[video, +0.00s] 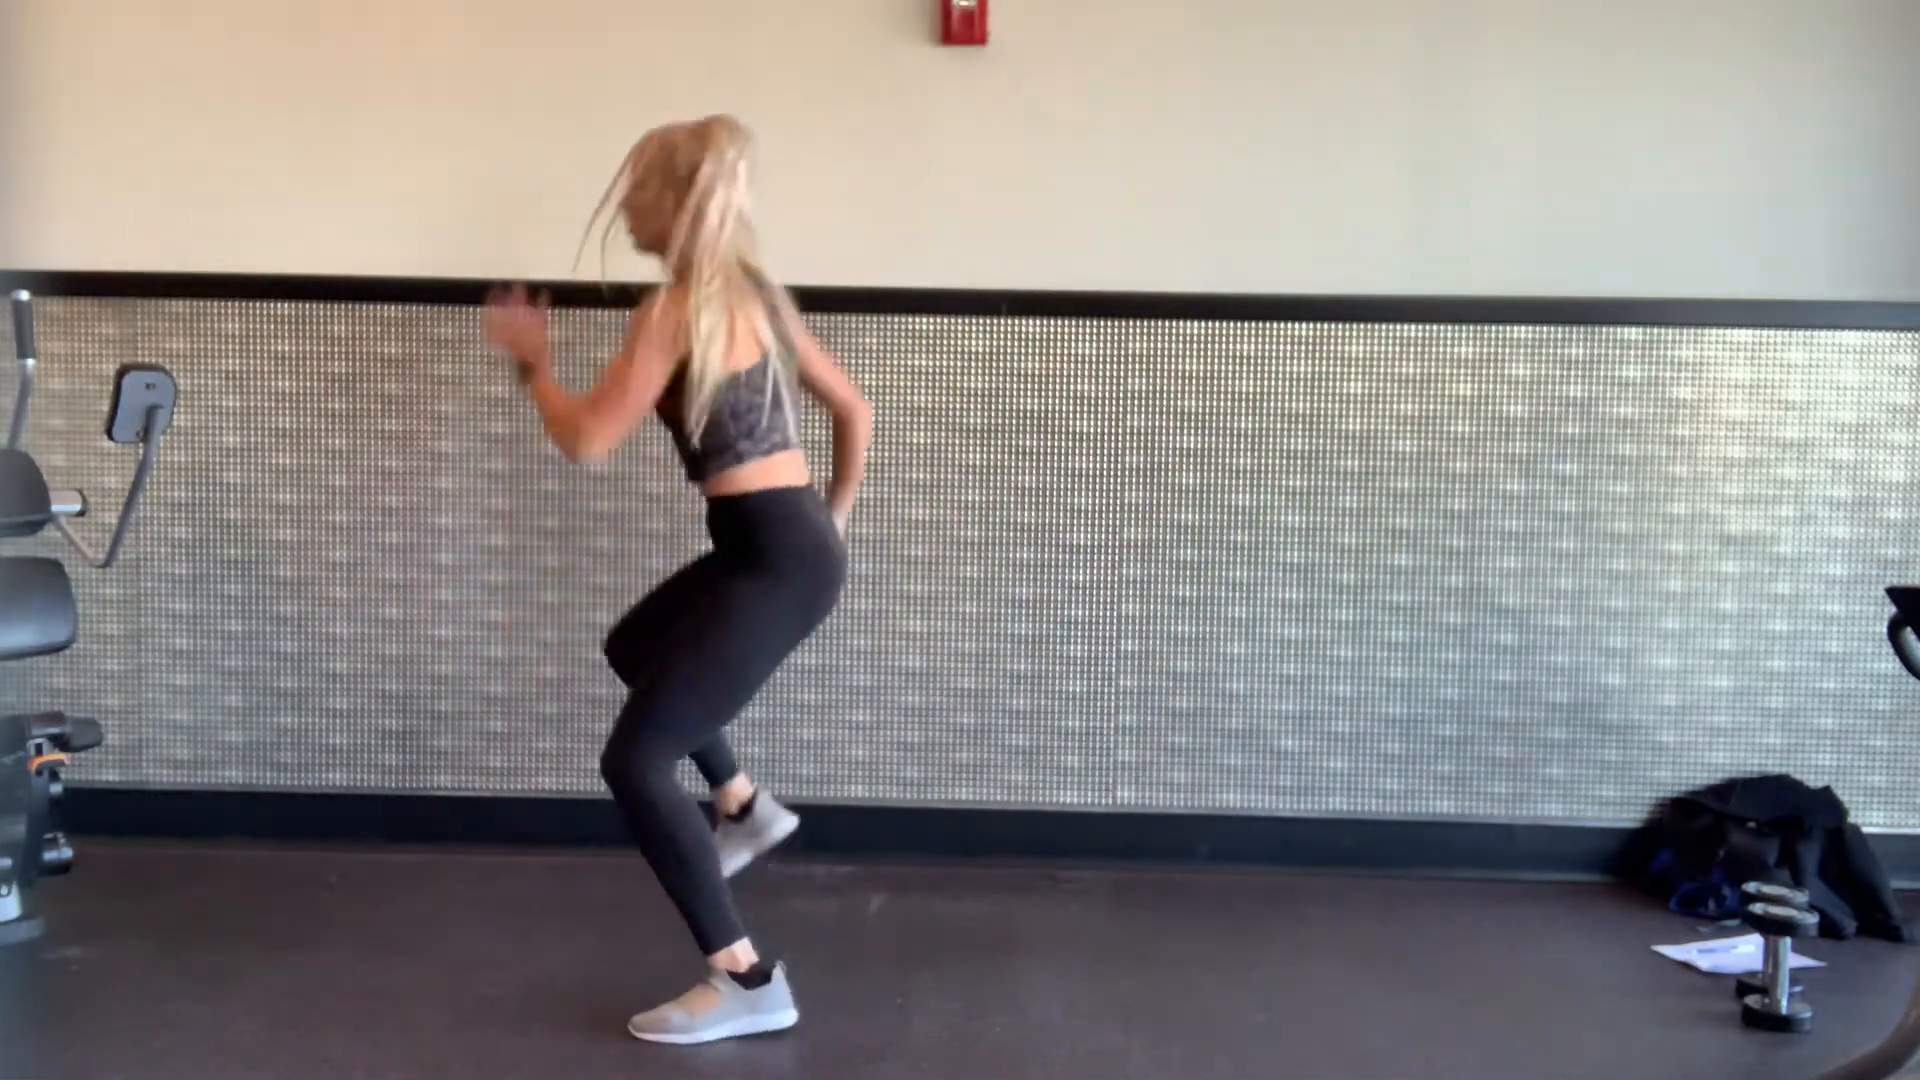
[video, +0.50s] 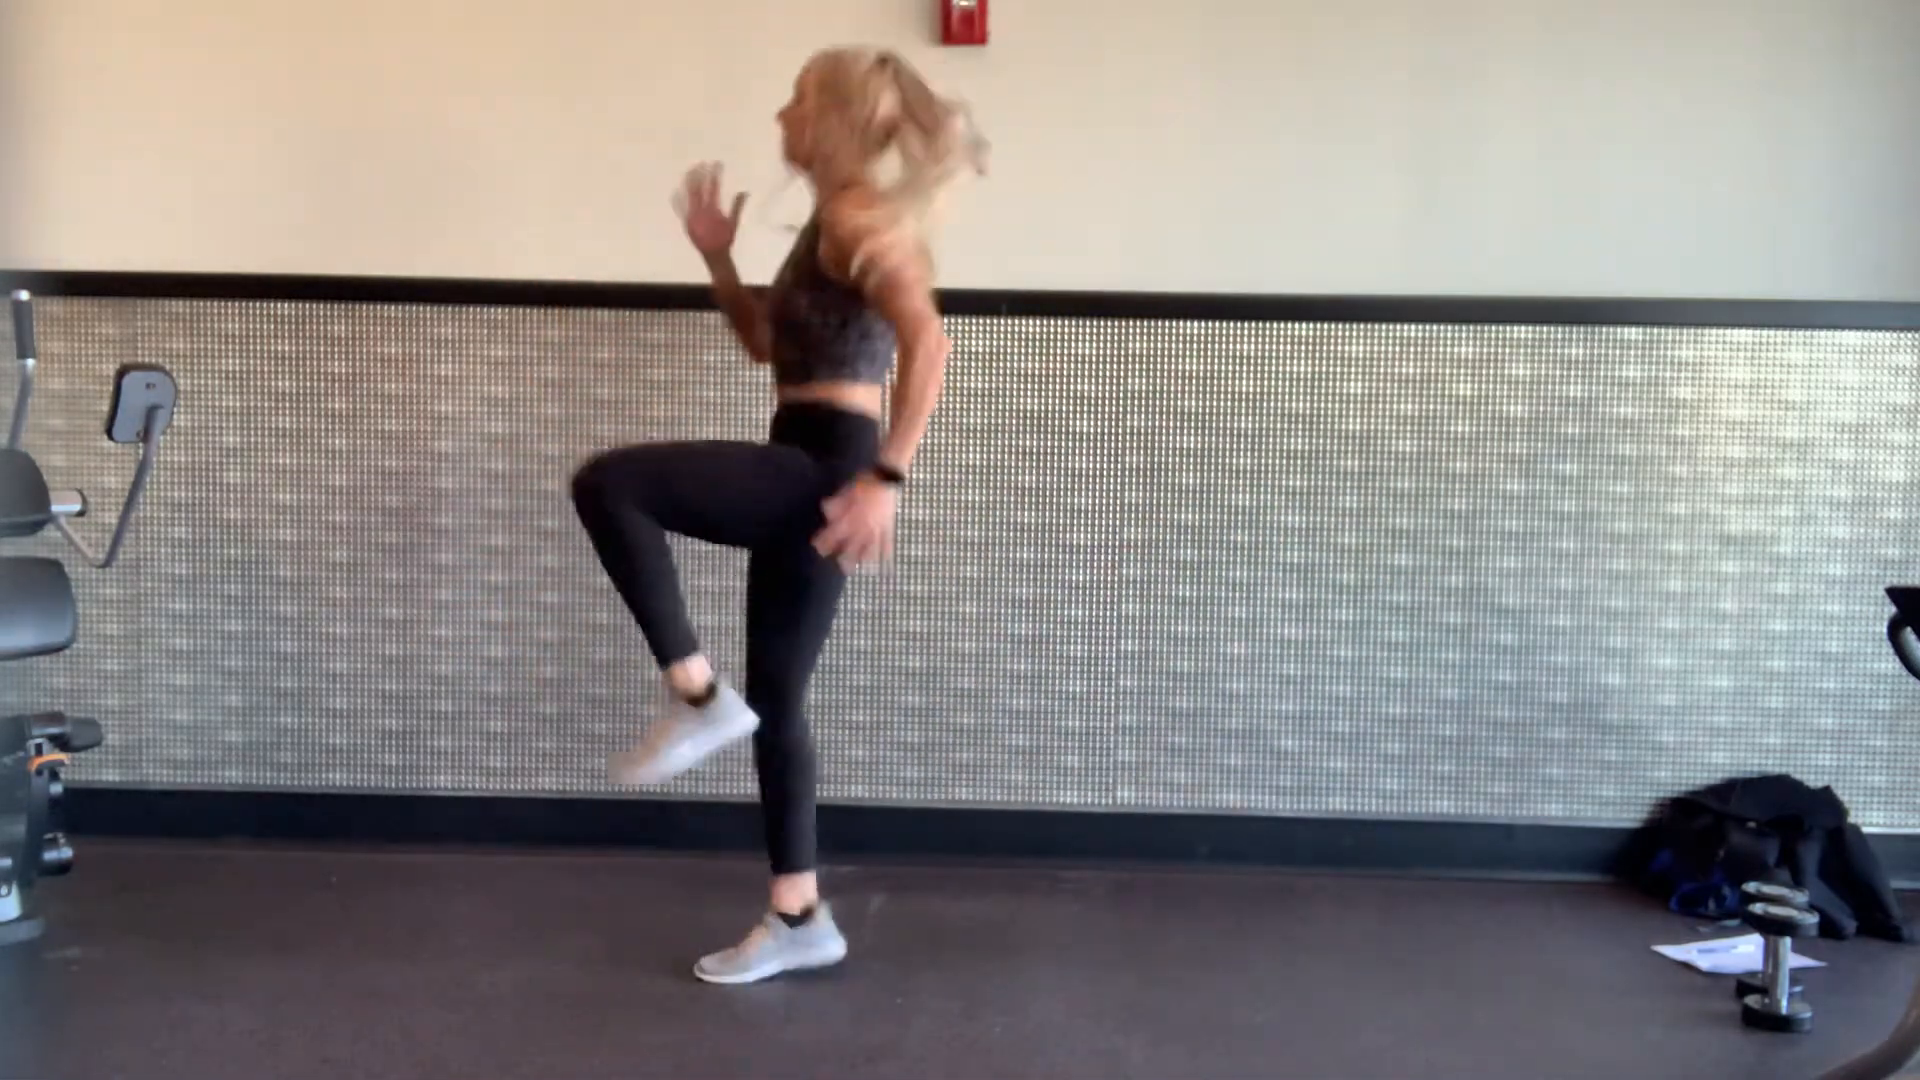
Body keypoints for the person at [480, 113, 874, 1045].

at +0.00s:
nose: (626, 197)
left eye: (639, 184)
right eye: (633, 181)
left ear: (671, 201)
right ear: (719, 201)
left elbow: (587, 440)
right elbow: (851, 406)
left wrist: (531, 362)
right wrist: (840, 500)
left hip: (774, 557)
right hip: (787, 545)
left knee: (636, 760)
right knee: (634, 646)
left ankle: (744, 978)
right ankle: (740, 805)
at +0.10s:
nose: (674, 133)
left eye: (686, 119)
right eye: (681, 117)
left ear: (715, 133)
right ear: (768, 135)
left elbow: (597, 340)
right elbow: (883, 350)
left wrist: (578, 244)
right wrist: (839, 448)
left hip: (762, 508)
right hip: (783, 500)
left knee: (671, 737)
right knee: (625, 617)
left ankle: (743, 968)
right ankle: (754, 783)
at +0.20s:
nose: (714, 78)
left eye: (729, 61)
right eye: (721, 59)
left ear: (771, 74)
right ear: (800, 78)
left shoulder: (768, 185)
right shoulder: (826, 189)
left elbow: (708, 316)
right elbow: (857, 331)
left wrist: (608, 278)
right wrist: (760, 409)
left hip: (766, 446)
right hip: (790, 444)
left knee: (651, 654)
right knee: (672, 642)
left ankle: (715, 891)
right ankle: (768, 816)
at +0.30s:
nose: (740, 89)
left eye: (755, 74)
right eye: (746, 71)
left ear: (799, 89)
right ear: (815, 91)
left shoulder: (819, 202)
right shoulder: (802, 197)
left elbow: (807, 359)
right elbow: (780, 358)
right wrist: (670, 349)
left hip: (789, 458)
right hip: (788, 455)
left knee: (585, 570)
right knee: (707, 675)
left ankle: (701, 759)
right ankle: (777, 883)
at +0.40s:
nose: (753, 145)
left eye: (770, 133)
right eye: (762, 130)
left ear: (815, 156)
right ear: (815, 159)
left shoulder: (832, 253)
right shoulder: (806, 255)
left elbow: (883, 396)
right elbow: (714, 364)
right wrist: (678, 275)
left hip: (792, 499)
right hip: (797, 503)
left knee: (586, 476)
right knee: (728, 711)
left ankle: (680, 677)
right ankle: (801, 927)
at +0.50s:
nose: (782, 118)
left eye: (799, 105)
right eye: (790, 103)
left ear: (841, 124)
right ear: (849, 127)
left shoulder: (864, 220)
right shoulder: (832, 220)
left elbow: (927, 345)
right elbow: (770, 346)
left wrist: (886, 477)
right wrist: (719, 259)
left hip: (821, 469)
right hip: (816, 467)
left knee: (610, 484)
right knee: (775, 695)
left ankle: (696, 696)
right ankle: (798, 911)